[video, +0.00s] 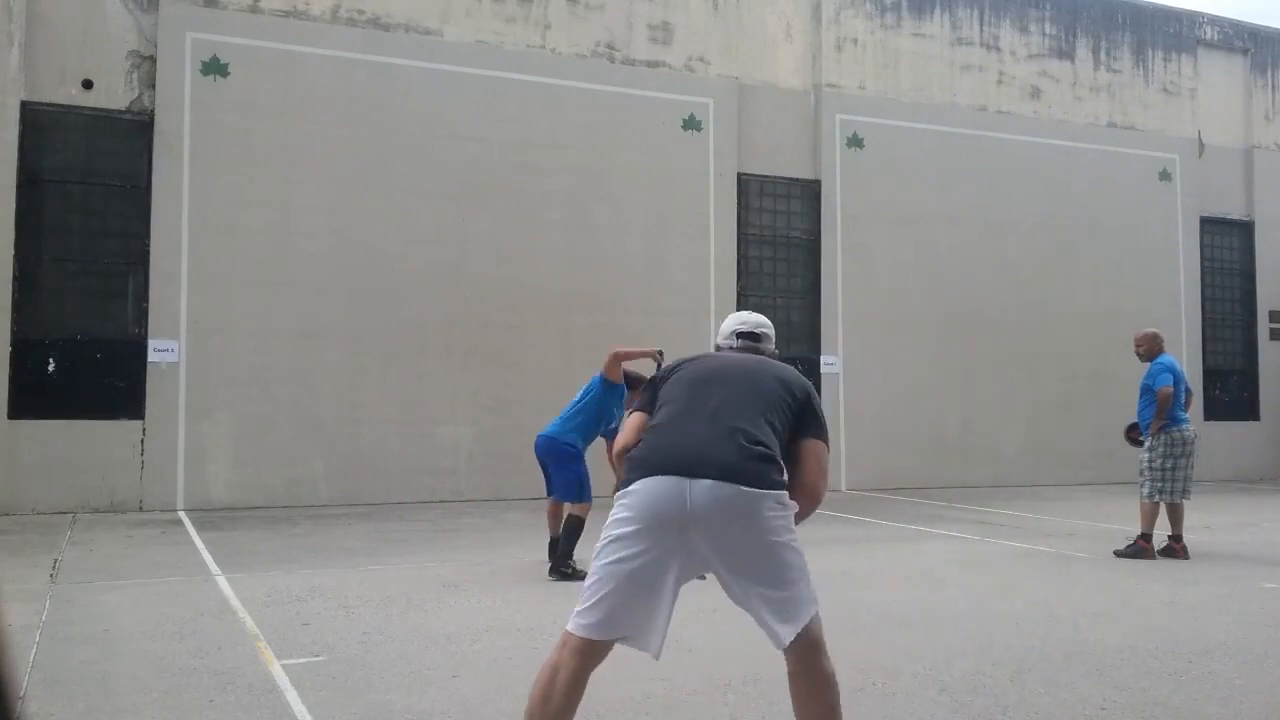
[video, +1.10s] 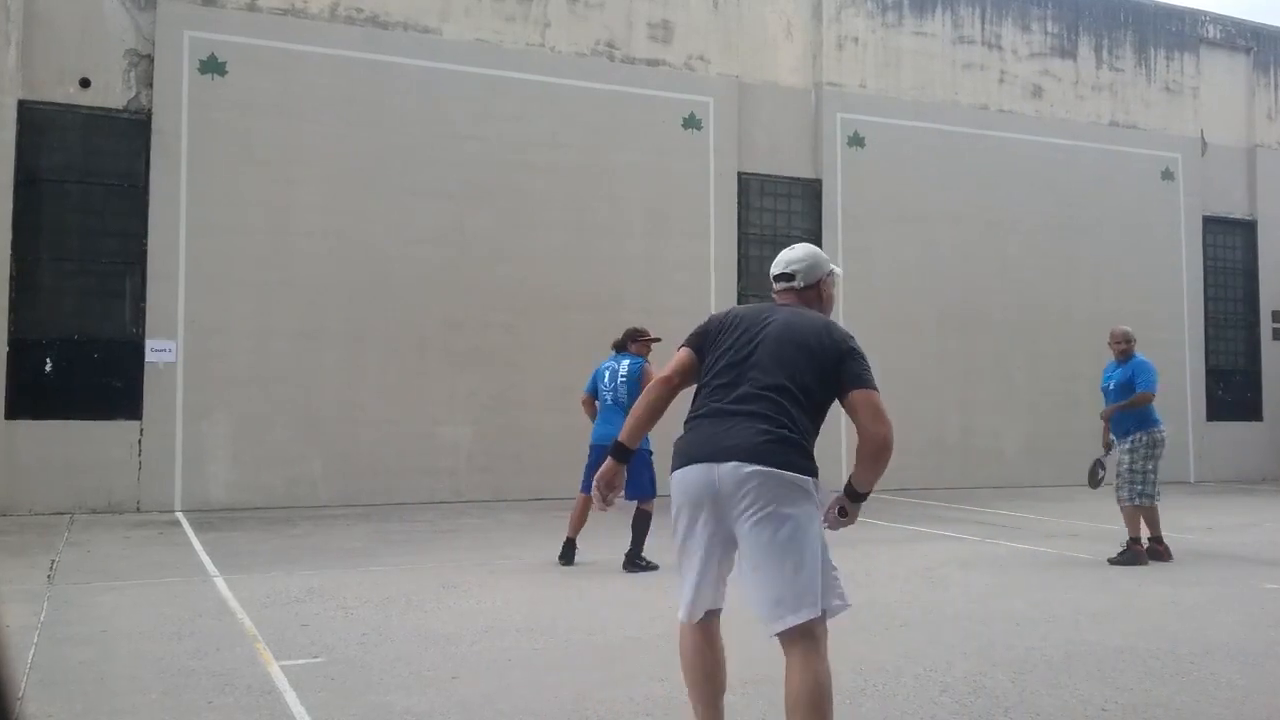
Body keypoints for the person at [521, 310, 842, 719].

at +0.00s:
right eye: (768, 348)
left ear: (719, 346)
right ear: (772, 351)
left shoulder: (674, 369)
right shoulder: (794, 382)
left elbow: (621, 447)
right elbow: (809, 489)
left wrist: (640, 502)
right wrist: (758, 534)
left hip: (650, 487)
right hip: (746, 493)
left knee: (578, 649)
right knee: (805, 644)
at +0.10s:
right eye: (745, 355)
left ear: (697, 351)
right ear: (749, 358)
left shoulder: (654, 372)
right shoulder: (770, 386)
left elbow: (596, 456)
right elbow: (779, 493)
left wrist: (644, 550)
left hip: (621, 479)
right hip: (718, 485)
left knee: (561, 649)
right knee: (784, 645)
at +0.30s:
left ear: (665, 351)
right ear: (718, 357)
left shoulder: (629, 373)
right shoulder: (747, 387)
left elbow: (580, 457)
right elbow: (756, 487)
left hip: (620, 483)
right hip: (717, 486)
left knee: (562, 651)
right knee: (777, 651)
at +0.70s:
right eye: (758, 326)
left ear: (700, 320)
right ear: (755, 327)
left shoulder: (653, 348)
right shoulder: (770, 360)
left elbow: (604, 443)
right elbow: (777, 468)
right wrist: (722, 539)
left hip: (630, 483)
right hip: (722, 488)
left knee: (571, 649)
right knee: (791, 644)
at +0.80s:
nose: (793, 317)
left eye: (792, 311)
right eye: (792, 311)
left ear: (731, 308)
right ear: (785, 311)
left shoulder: (681, 339)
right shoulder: (793, 349)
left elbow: (620, 423)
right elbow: (802, 448)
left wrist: (620, 497)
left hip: (651, 481)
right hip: (739, 487)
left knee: (589, 649)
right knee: (808, 643)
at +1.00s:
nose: (835, 295)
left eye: (834, 286)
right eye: (833, 286)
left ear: (777, 289)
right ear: (821, 287)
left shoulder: (718, 321)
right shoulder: (829, 335)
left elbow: (653, 380)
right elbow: (858, 428)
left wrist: (615, 460)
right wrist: (840, 498)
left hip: (681, 465)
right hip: (763, 469)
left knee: (659, 623)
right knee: (807, 636)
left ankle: (637, 715)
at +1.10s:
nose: (834, 294)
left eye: (832, 285)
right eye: (831, 285)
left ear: (775, 290)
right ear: (821, 288)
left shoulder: (722, 321)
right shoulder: (833, 338)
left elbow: (666, 381)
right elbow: (877, 434)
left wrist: (618, 455)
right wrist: (853, 498)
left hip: (692, 467)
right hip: (772, 468)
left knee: (697, 613)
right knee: (802, 636)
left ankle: (707, 715)